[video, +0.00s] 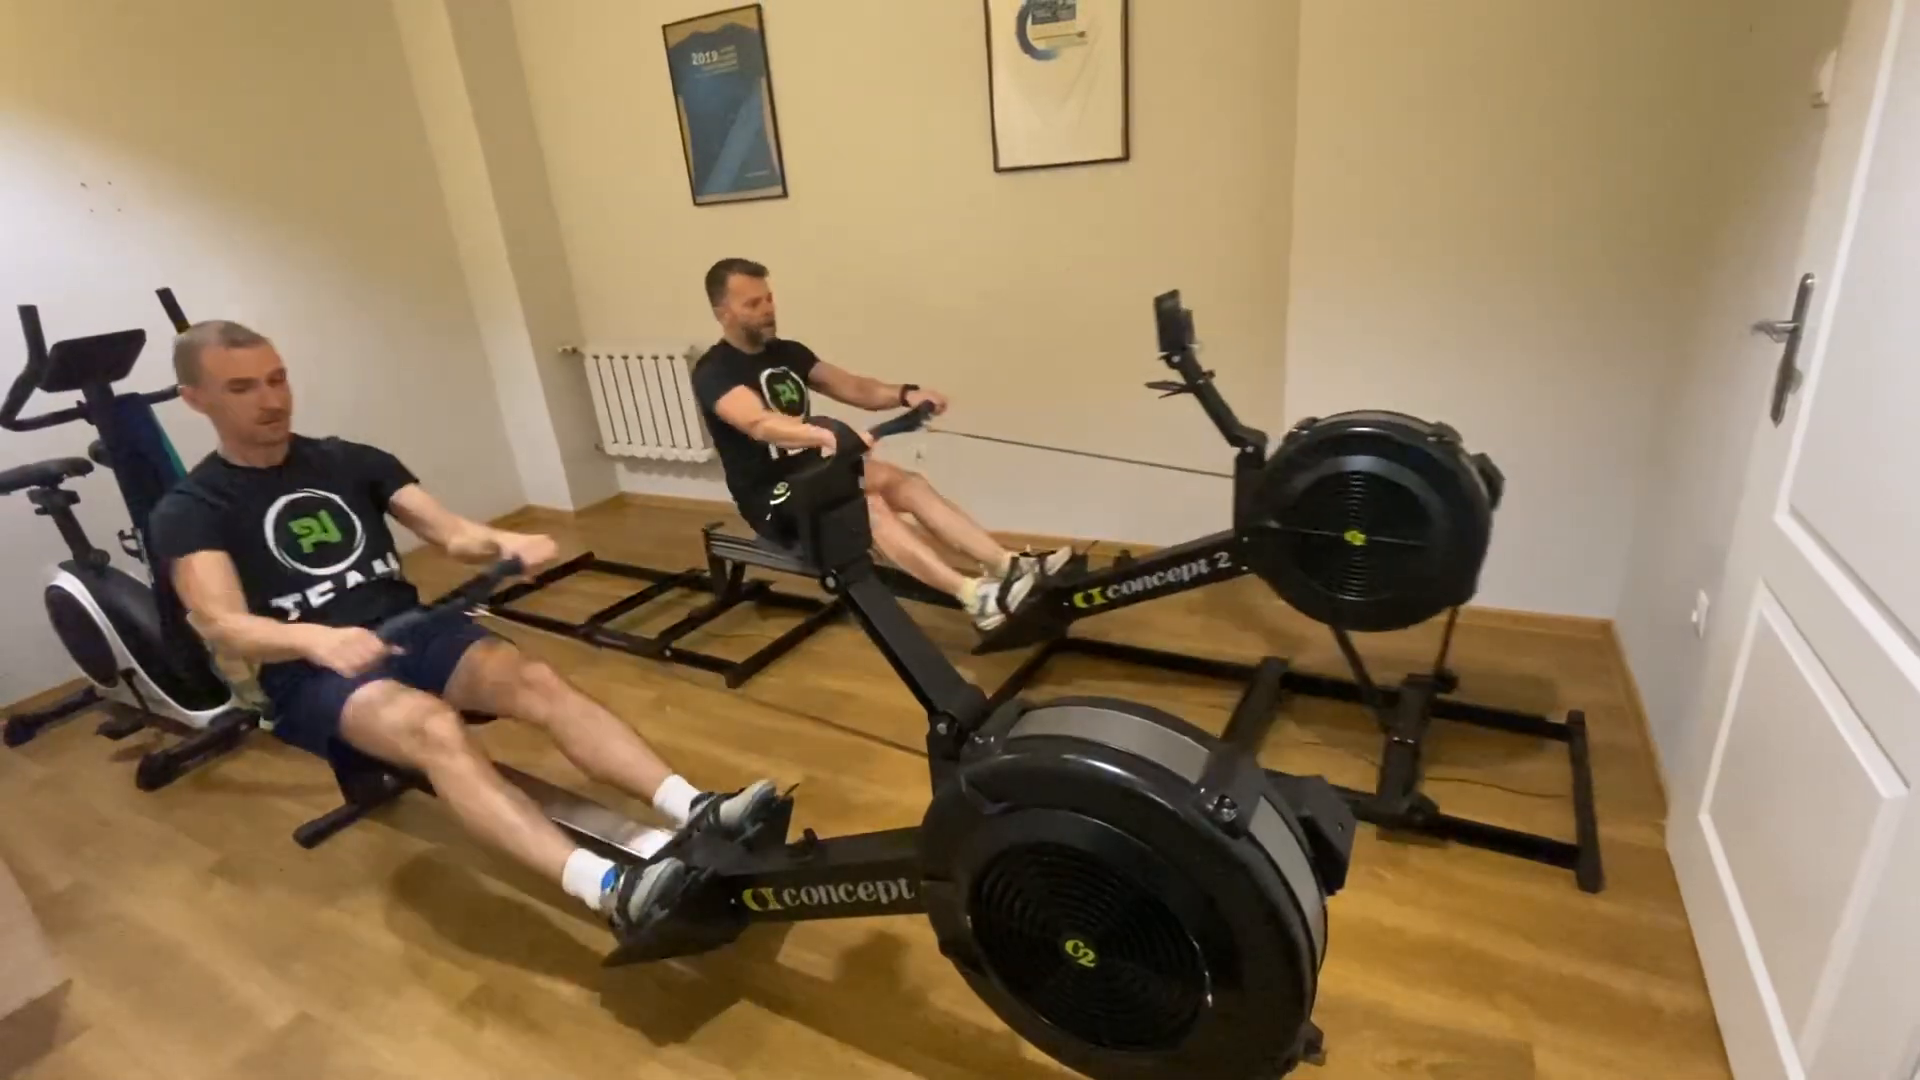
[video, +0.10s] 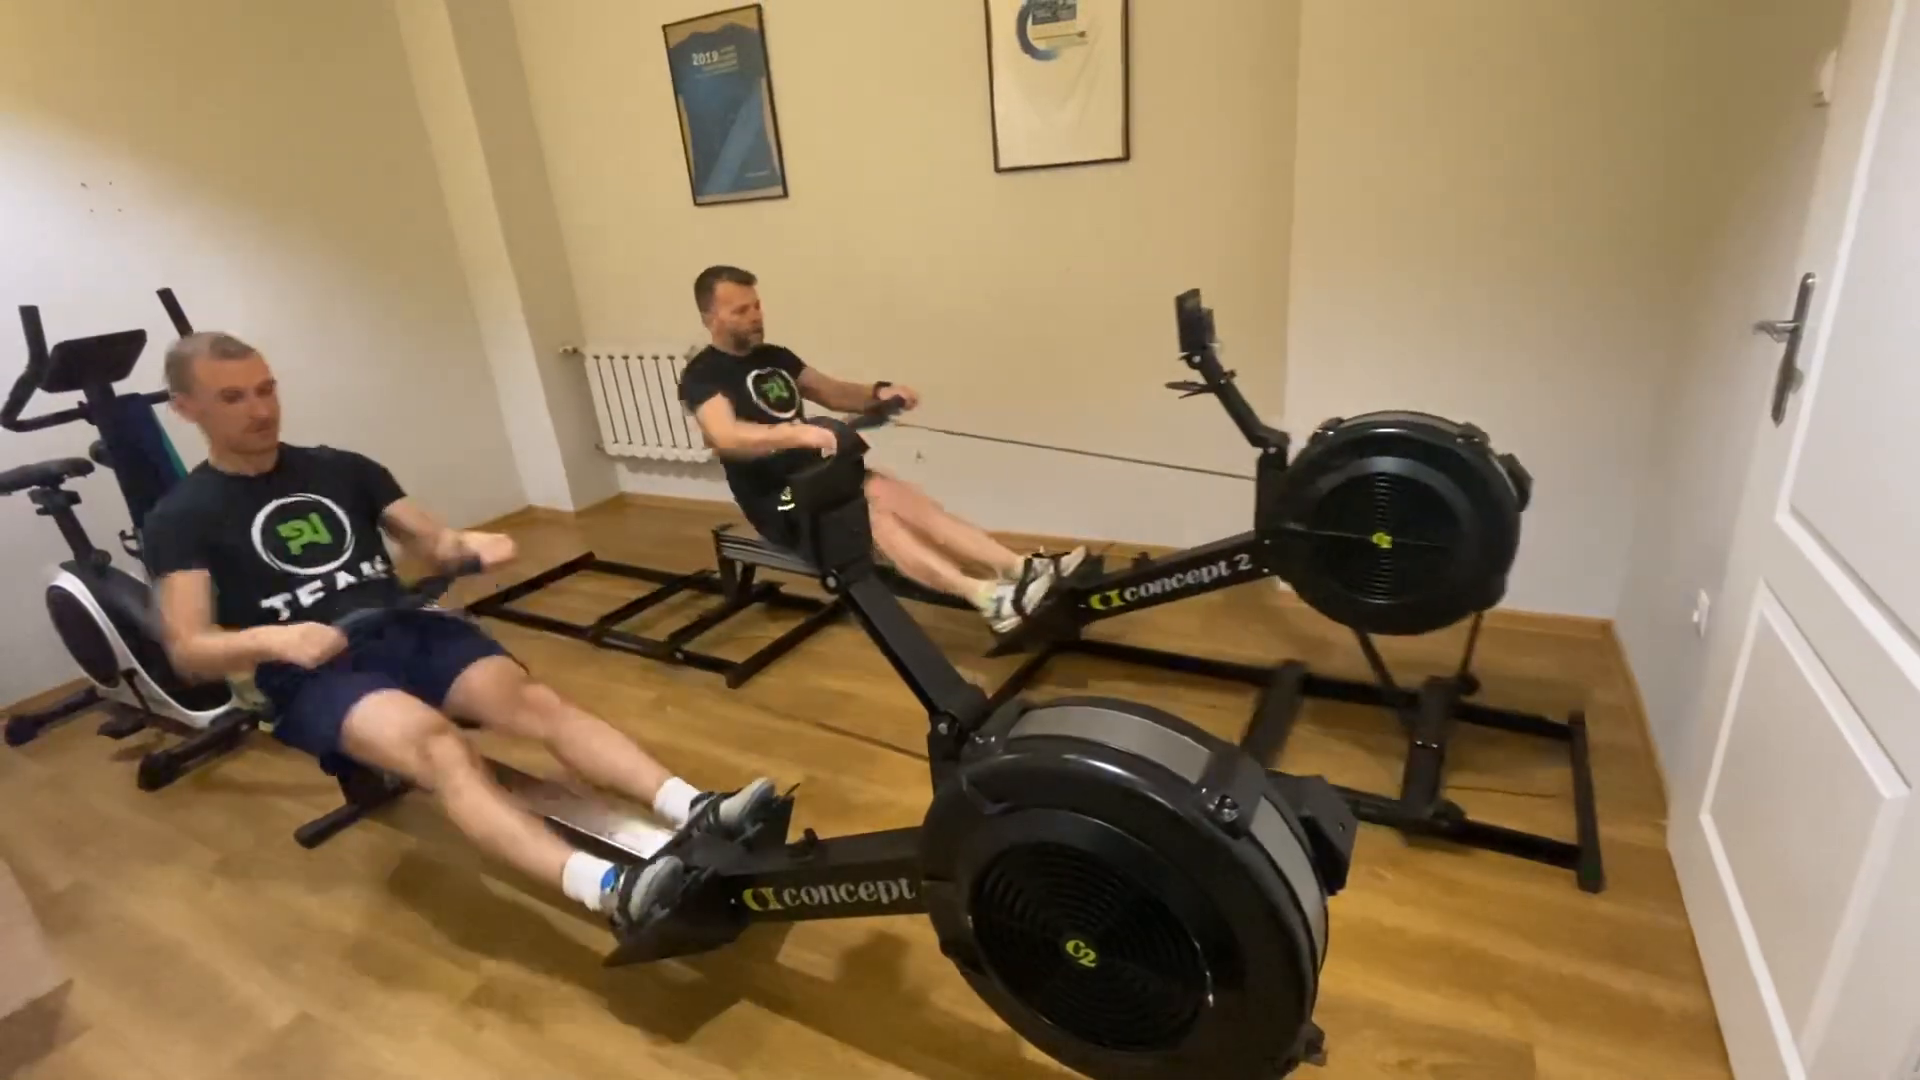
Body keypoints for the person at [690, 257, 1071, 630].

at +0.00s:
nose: (768, 310)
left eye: (768, 298)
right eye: (754, 304)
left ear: (771, 295)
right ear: (722, 312)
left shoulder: (786, 352)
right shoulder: (714, 372)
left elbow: (852, 387)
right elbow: (759, 423)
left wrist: (906, 395)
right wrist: (823, 436)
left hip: (826, 479)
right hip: (777, 500)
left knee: (906, 484)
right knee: (871, 508)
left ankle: (1008, 567)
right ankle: (975, 597)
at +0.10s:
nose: (755, 317)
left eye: (755, 306)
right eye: (741, 311)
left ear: (757, 304)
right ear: (710, 319)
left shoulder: (775, 357)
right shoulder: (701, 376)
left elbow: (828, 392)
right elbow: (725, 438)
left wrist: (876, 397)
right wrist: (794, 434)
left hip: (831, 476)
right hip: (785, 502)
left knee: (902, 496)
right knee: (875, 516)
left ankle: (1021, 571)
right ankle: (987, 599)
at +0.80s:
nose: (763, 322)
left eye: (765, 311)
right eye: (750, 315)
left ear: (768, 310)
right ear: (719, 320)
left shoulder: (778, 364)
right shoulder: (704, 382)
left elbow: (813, 410)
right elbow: (690, 465)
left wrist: (848, 400)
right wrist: (742, 432)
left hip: (834, 479)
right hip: (790, 506)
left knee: (919, 494)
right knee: (888, 521)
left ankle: (1025, 570)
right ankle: (996, 601)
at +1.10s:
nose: (791, 318)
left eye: (792, 308)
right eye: (778, 311)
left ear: (793, 308)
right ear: (745, 319)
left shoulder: (799, 361)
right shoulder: (726, 378)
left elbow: (846, 400)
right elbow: (718, 456)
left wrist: (890, 409)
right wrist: (789, 447)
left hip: (835, 483)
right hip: (784, 506)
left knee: (913, 471)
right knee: (876, 497)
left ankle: (1001, 568)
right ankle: (970, 594)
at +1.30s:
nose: (811, 320)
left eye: (811, 309)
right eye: (798, 313)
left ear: (812, 307)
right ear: (764, 321)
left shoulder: (818, 362)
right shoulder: (744, 376)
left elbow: (878, 403)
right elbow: (754, 455)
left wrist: (925, 410)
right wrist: (831, 458)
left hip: (838, 484)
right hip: (781, 502)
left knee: (915, 466)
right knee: (870, 487)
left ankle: (980, 564)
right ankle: (946, 592)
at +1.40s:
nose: (822, 323)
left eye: (822, 313)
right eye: (809, 316)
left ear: (825, 309)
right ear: (777, 325)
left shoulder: (829, 365)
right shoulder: (753, 377)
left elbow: (891, 403)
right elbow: (770, 453)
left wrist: (940, 414)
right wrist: (843, 466)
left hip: (835, 483)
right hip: (781, 502)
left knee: (906, 445)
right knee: (869, 477)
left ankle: (968, 559)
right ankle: (933, 587)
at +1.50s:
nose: (834, 327)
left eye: (834, 316)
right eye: (820, 320)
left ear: (838, 312)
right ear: (786, 328)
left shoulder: (840, 367)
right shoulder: (764, 380)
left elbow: (906, 404)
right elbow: (790, 452)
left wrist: (959, 419)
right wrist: (863, 475)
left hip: (832, 483)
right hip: (780, 504)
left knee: (904, 440)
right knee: (853, 483)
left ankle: (956, 559)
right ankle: (918, 580)